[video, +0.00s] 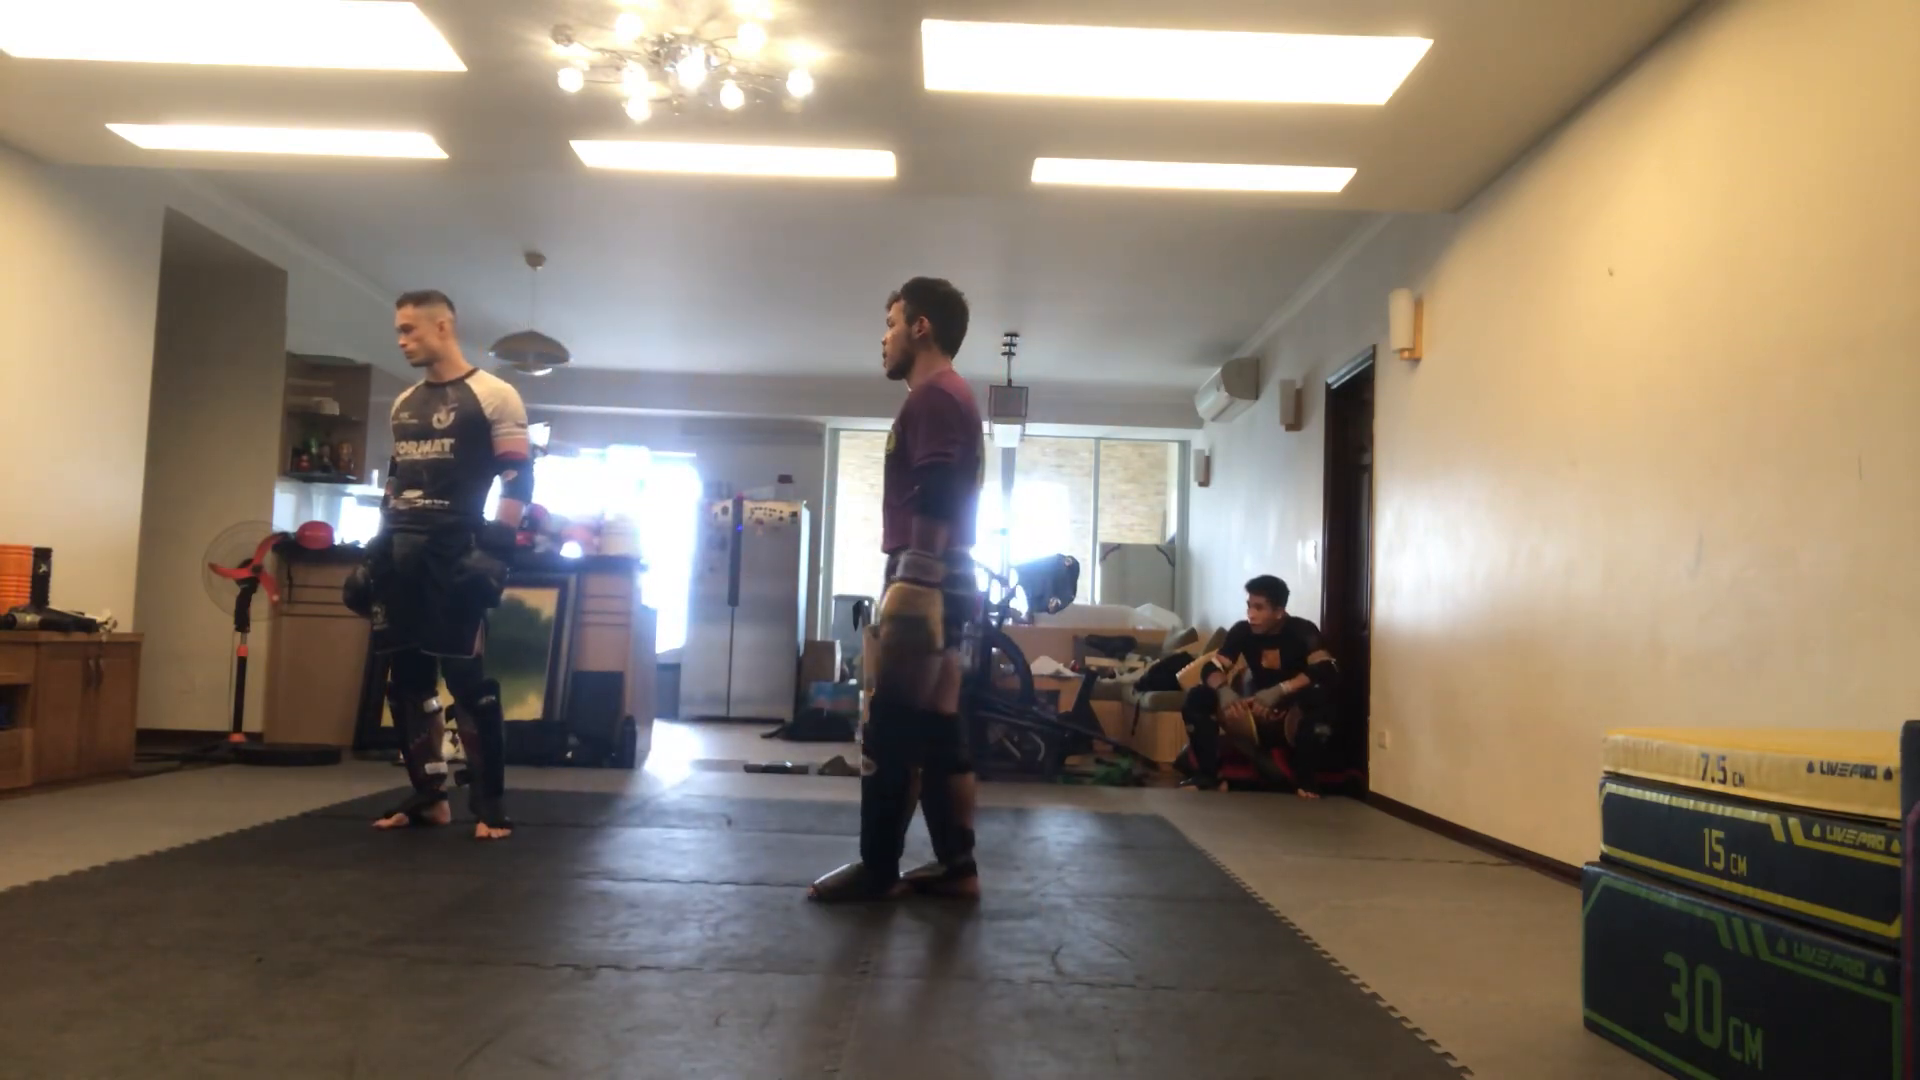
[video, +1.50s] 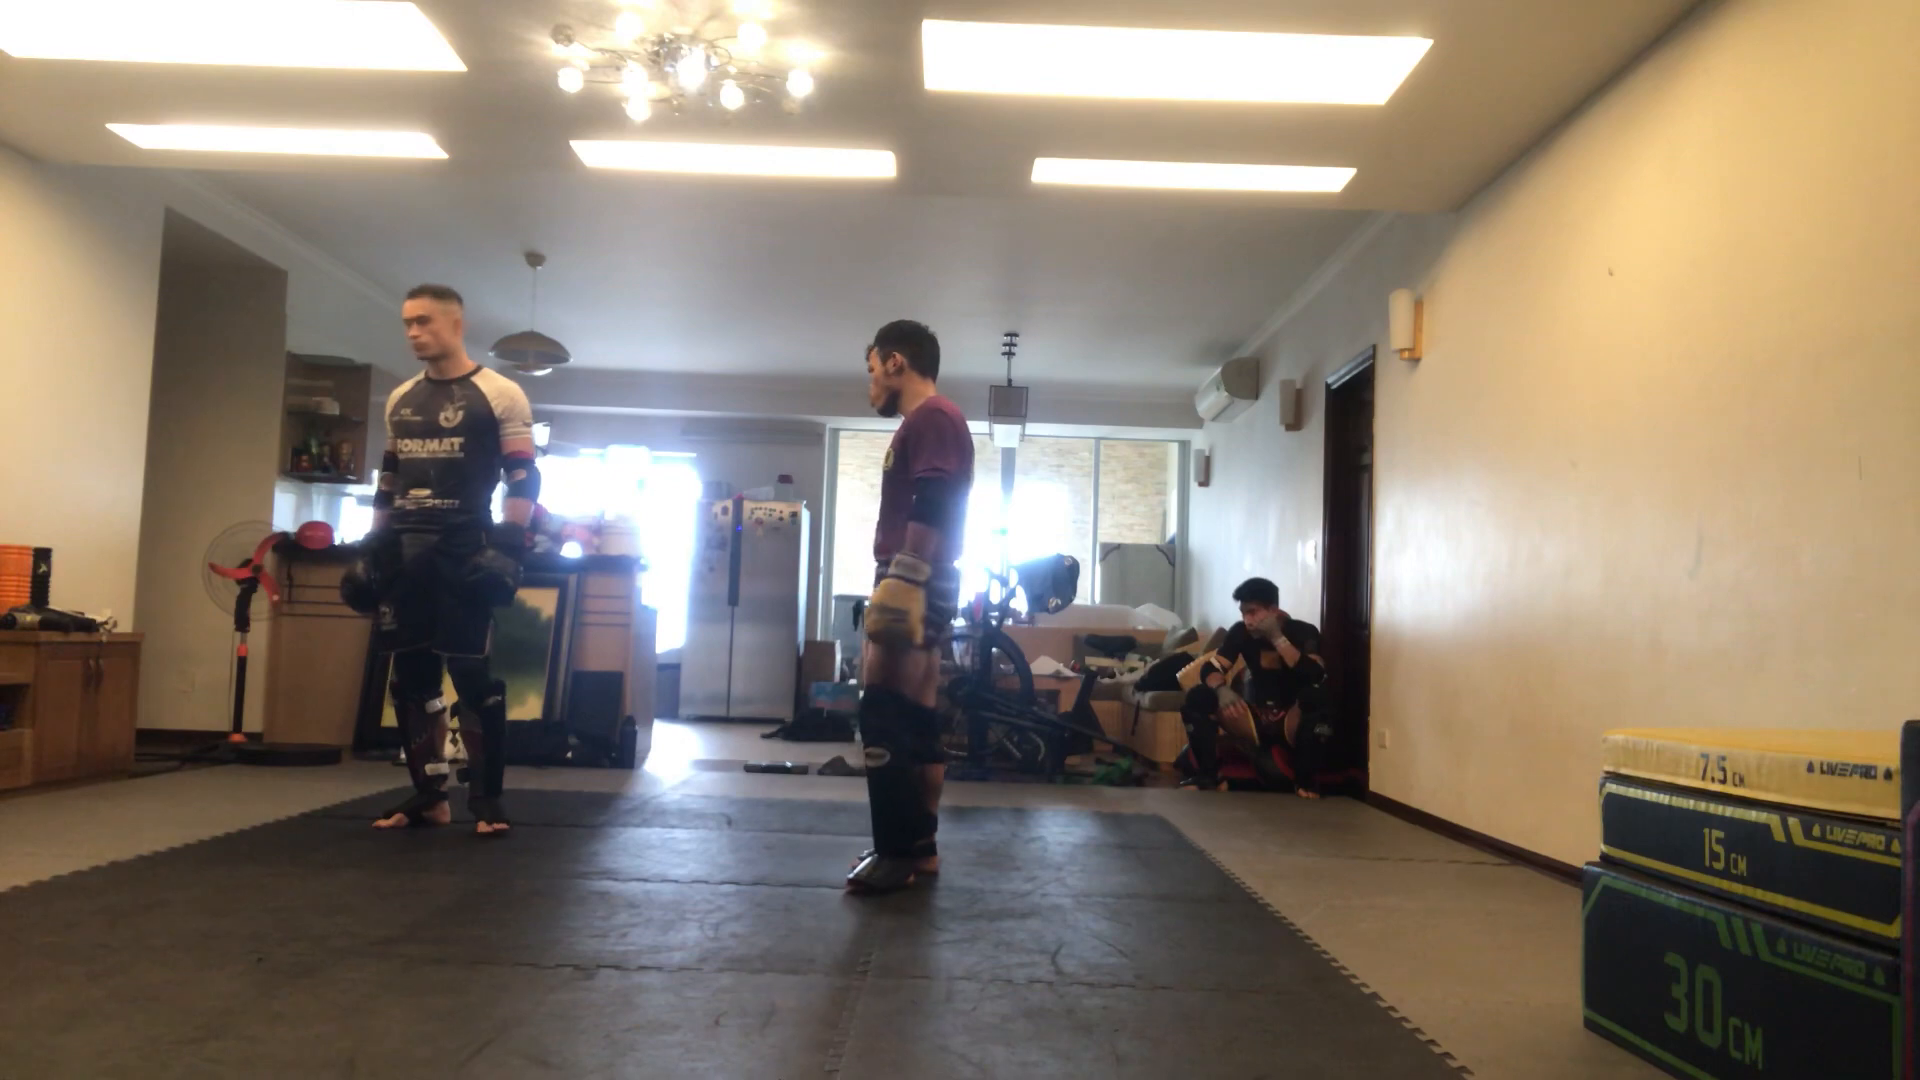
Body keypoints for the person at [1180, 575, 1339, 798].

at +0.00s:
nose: (1250, 614)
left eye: (1258, 608)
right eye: (1249, 606)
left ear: (1279, 611)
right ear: (1246, 604)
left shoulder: (1303, 631)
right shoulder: (1242, 631)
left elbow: (1325, 668)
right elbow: (1212, 669)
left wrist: (1278, 691)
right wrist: (1224, 691)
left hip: (1294, 711)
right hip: (1253, 711)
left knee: (1318, 702)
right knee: (1198, 698)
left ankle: (1306, 782)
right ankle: (1208, 776)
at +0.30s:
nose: (1250, 613)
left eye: (1258, 607)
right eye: (1248, 605)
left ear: (1279, 610)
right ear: (1246, 603)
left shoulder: (1302, 630)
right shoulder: (1242, 631)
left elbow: (1326, 667)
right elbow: (1212, 668)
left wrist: (1281, 691)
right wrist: (1223, 690)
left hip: (1293, 715)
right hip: (1253, 714)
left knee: (1319, 703)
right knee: (1198, 698)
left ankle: (1306, 782)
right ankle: (1208, 776)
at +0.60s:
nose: (1247, 615)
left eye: (1255, 609)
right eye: (1246, 607)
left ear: (1277, 611)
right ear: (1243, 605)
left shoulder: (1303, 632)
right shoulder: (1241, 632)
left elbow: (1328, 668)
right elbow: (1212, 668)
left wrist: (1284, 685)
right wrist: (1223, 690)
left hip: (1293, 719)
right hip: (1250, 718)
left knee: (1320, 700)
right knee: (1198, 698)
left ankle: (1307, 781)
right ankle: (1208, 776)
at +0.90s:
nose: (1246, 619)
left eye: (1252, 613)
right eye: (1244, 613)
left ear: (1274, 608)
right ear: (1241, 609)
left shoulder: (1306, 632)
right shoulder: (1242, 632)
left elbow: (1314, 676)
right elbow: (1211, 669)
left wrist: (1280, 635)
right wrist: (1223, 690)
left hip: (1293, 721)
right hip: (1250, 721)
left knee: (1319, 702)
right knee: (1198, 698)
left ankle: (1306, 782)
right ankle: (1208, 777)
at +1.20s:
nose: (1245, 621)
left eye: (1251, 614)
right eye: (1243, 614)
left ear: (1273, 610)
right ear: (1240, 610)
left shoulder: (1305, 633)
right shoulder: (1241, 632)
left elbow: (1312, 676)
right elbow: (1210, 669)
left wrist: (1276, 637)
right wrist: (1223, 691)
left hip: (1292, 720)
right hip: (1251, 720)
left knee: (1317, 699)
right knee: (1197, 698)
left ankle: (1306, 781)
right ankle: (1208, 777)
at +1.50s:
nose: (1246, 620)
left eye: (1252, 613)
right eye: (1243, 613)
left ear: (1273, 609)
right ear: (1240, 610)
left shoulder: (1304, 632)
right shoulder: (1241, 632)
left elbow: (1314, 675)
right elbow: (1210, 669)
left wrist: (1276, 637)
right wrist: (1222, 690)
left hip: (1291, 720)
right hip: (1251, 719)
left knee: (1317, 696)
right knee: (1198, 698)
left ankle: (1305, 780)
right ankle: (1207, 776)